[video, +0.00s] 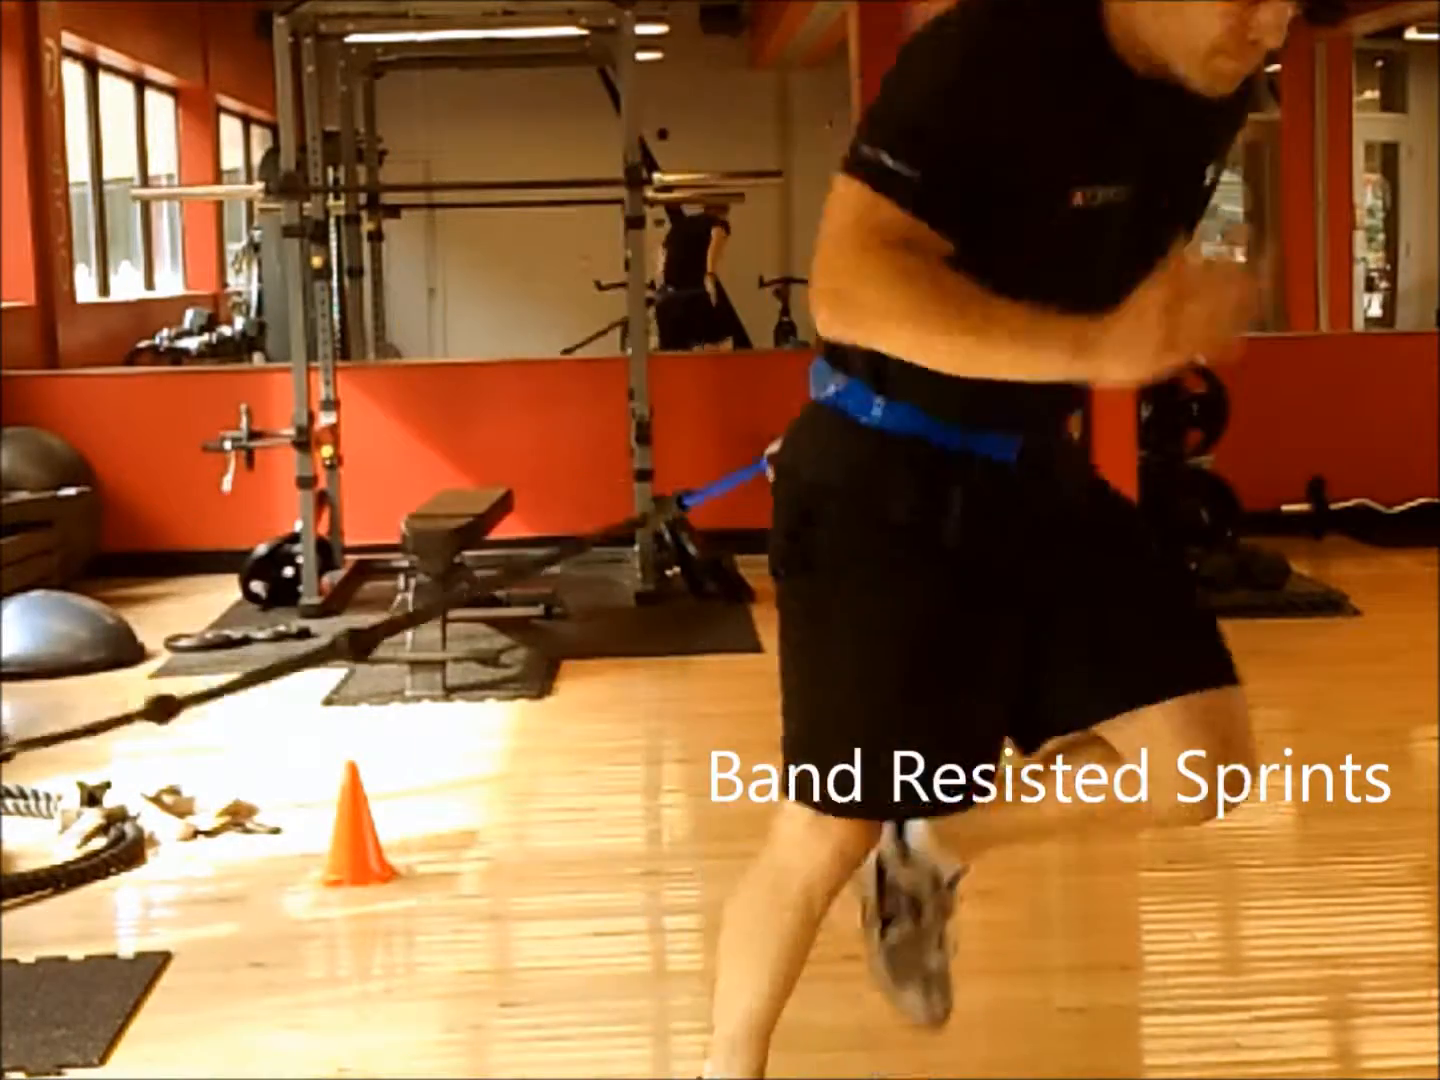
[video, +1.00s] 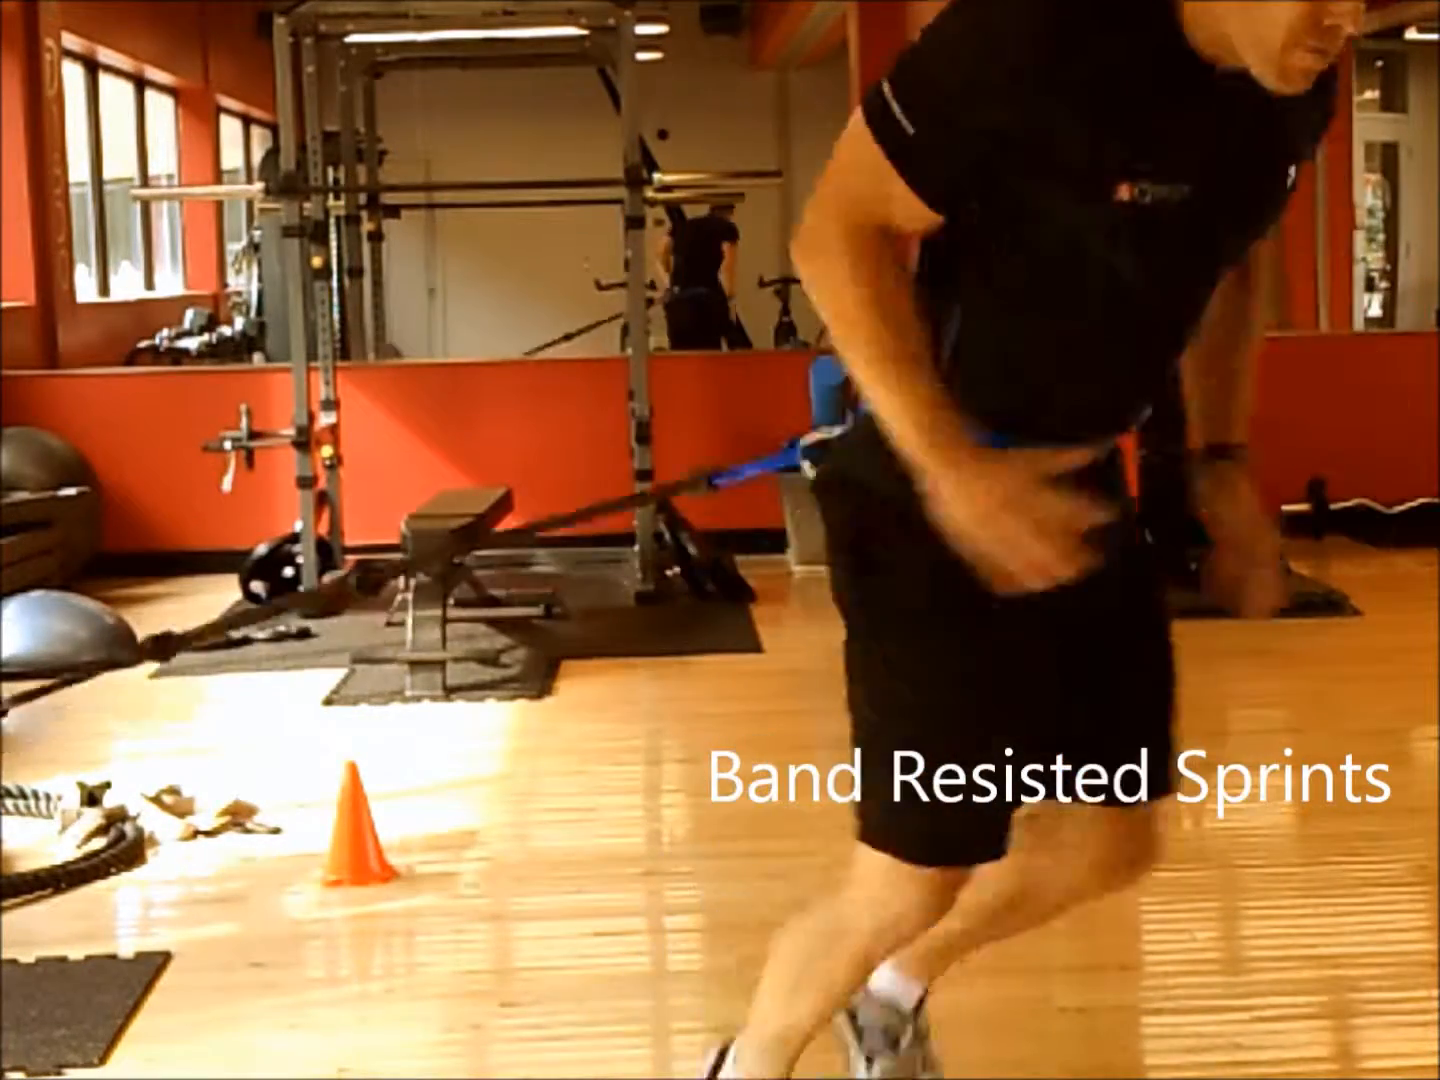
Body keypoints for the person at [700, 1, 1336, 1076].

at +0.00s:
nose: (1272, 25)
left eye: (1288, 1)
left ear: (1301, 4)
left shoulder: (1219, 79)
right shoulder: (983, 47)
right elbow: (849, 287)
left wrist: (1179, 308)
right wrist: (1092, 347)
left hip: (1041, 464)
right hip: (879, 458)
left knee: (1198, 767)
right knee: (833, 818)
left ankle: (931, 840)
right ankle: (729, 1067)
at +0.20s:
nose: (1273, 100)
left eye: (1293, 68)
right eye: (1251, 60)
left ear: (1309, 56)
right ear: (1152, 23)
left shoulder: (1250, 184)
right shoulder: (966, 112)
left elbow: (1279, 359)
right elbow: (721, 170)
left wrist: (1362, 437)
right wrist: (623, 370)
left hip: (1027, 526)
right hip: (883, 511)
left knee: (936, 827)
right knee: (1078, 785)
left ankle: (785, 1045)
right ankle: (758, 801)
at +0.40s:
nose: (1291, 26)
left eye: (1305, 1)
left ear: (1318, 3)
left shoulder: (1248, 104)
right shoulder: (984, 56)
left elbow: (1183, 278)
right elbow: (797, 242)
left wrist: (1172, 479)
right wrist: (904, 469)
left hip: (1049, 487)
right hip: (891, 485)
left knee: (1078, 855)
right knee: (893, 893)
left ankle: (845, 952)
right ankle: (746, 1069)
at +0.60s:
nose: (1328, 87)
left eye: (1349, 54)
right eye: (1310, 40)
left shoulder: (1246, 132)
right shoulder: (1023, 83)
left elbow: (1135, 309)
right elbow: (898, 324)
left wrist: (1230, 348)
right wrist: (1160, 370)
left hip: (1050, 489)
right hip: (890, 489)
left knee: (1223, 790)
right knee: (837, 848)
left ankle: (944, 869)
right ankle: (719, 1065)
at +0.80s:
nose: (1332, 111)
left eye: (1351, 79)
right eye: (1311, 67)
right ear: (1210, 33)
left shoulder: (1294, 177)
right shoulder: (1020, 99)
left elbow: (1311, 355)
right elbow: (767, 177)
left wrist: (1386, 446)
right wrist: (667, 401)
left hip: (1053, 534)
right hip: (915, 523)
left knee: (978, 834)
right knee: (1101, 846)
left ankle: (824, 1057)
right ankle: (770, 784)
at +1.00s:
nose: (1341, 26)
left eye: (1362, 5)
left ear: (1375, 9)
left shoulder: (1304, 85)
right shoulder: (1028, 36)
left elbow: (1229, 262)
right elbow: (836, 232)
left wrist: (1220, 461)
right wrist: (951, 465)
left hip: (1089, 469)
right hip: (918, 468)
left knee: (1106, 839)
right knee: (919, 871)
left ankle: (887, 989)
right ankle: (744, 1068)